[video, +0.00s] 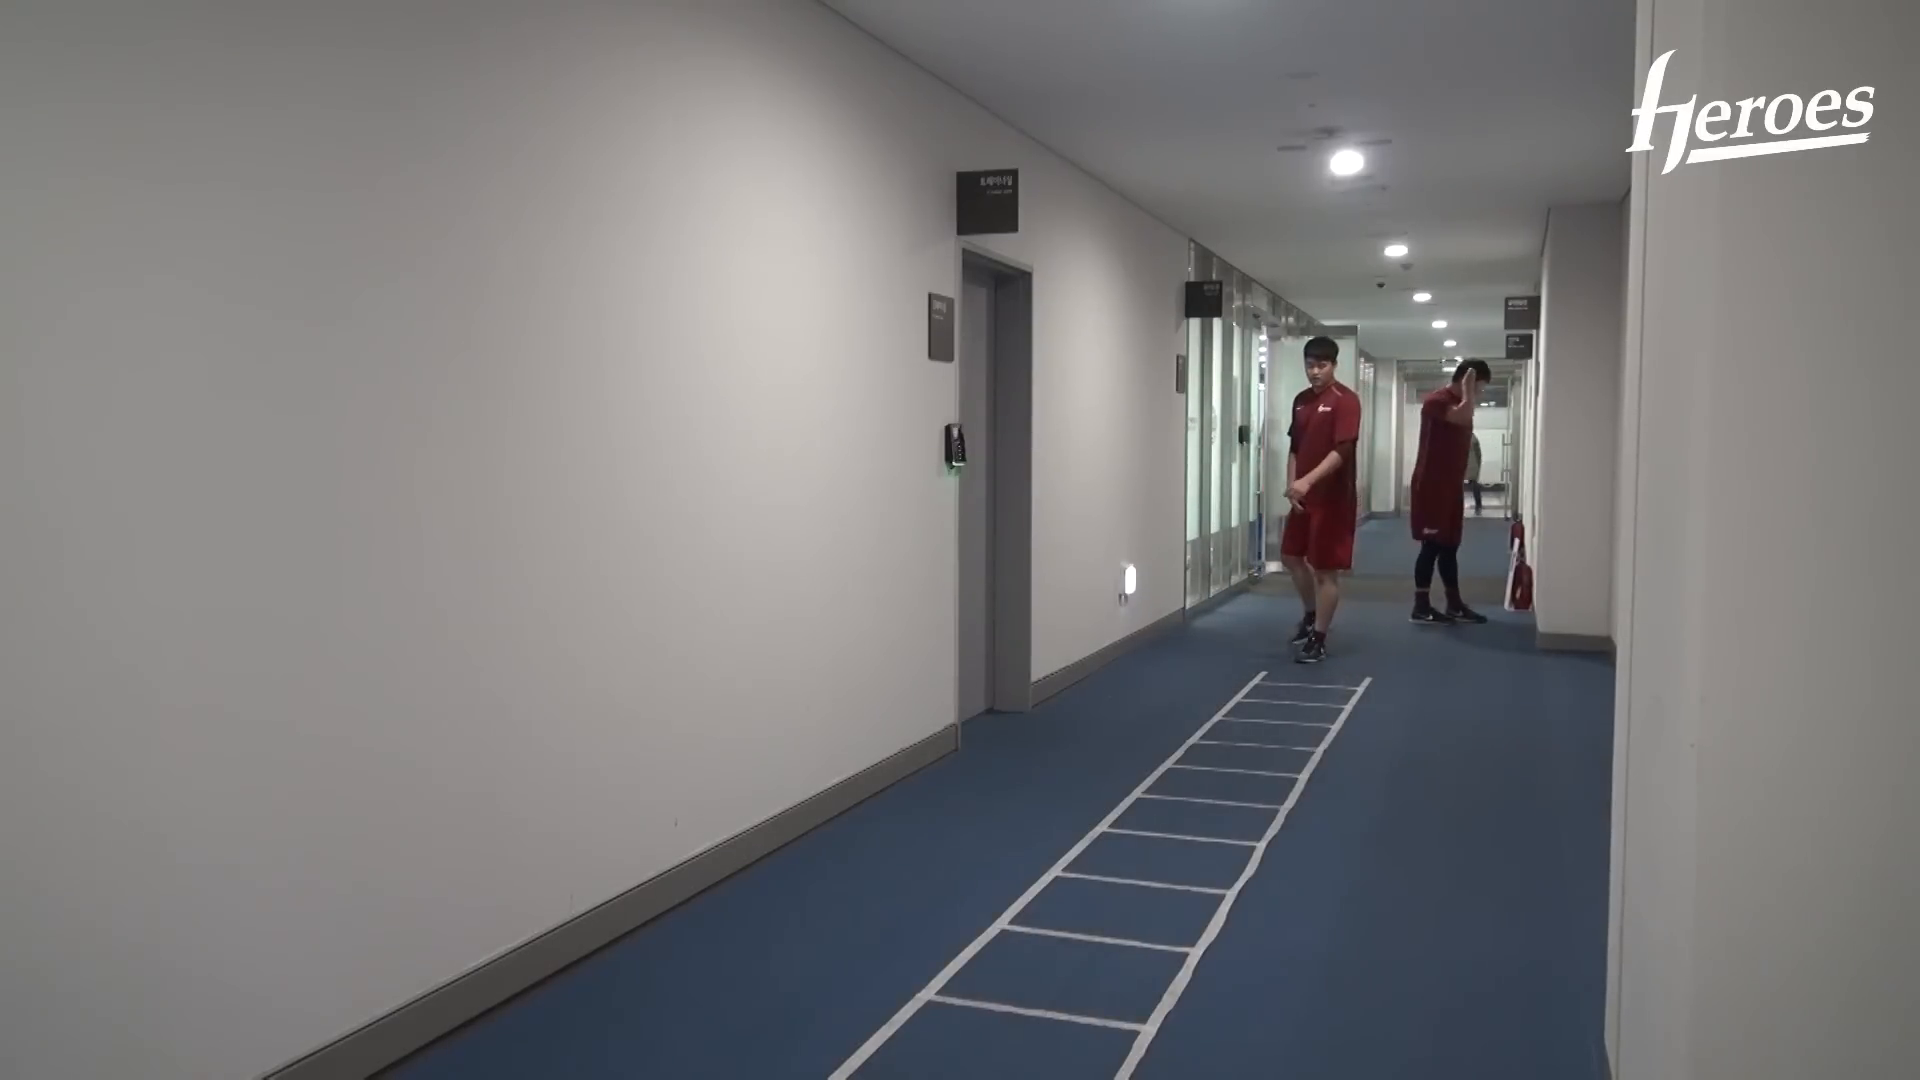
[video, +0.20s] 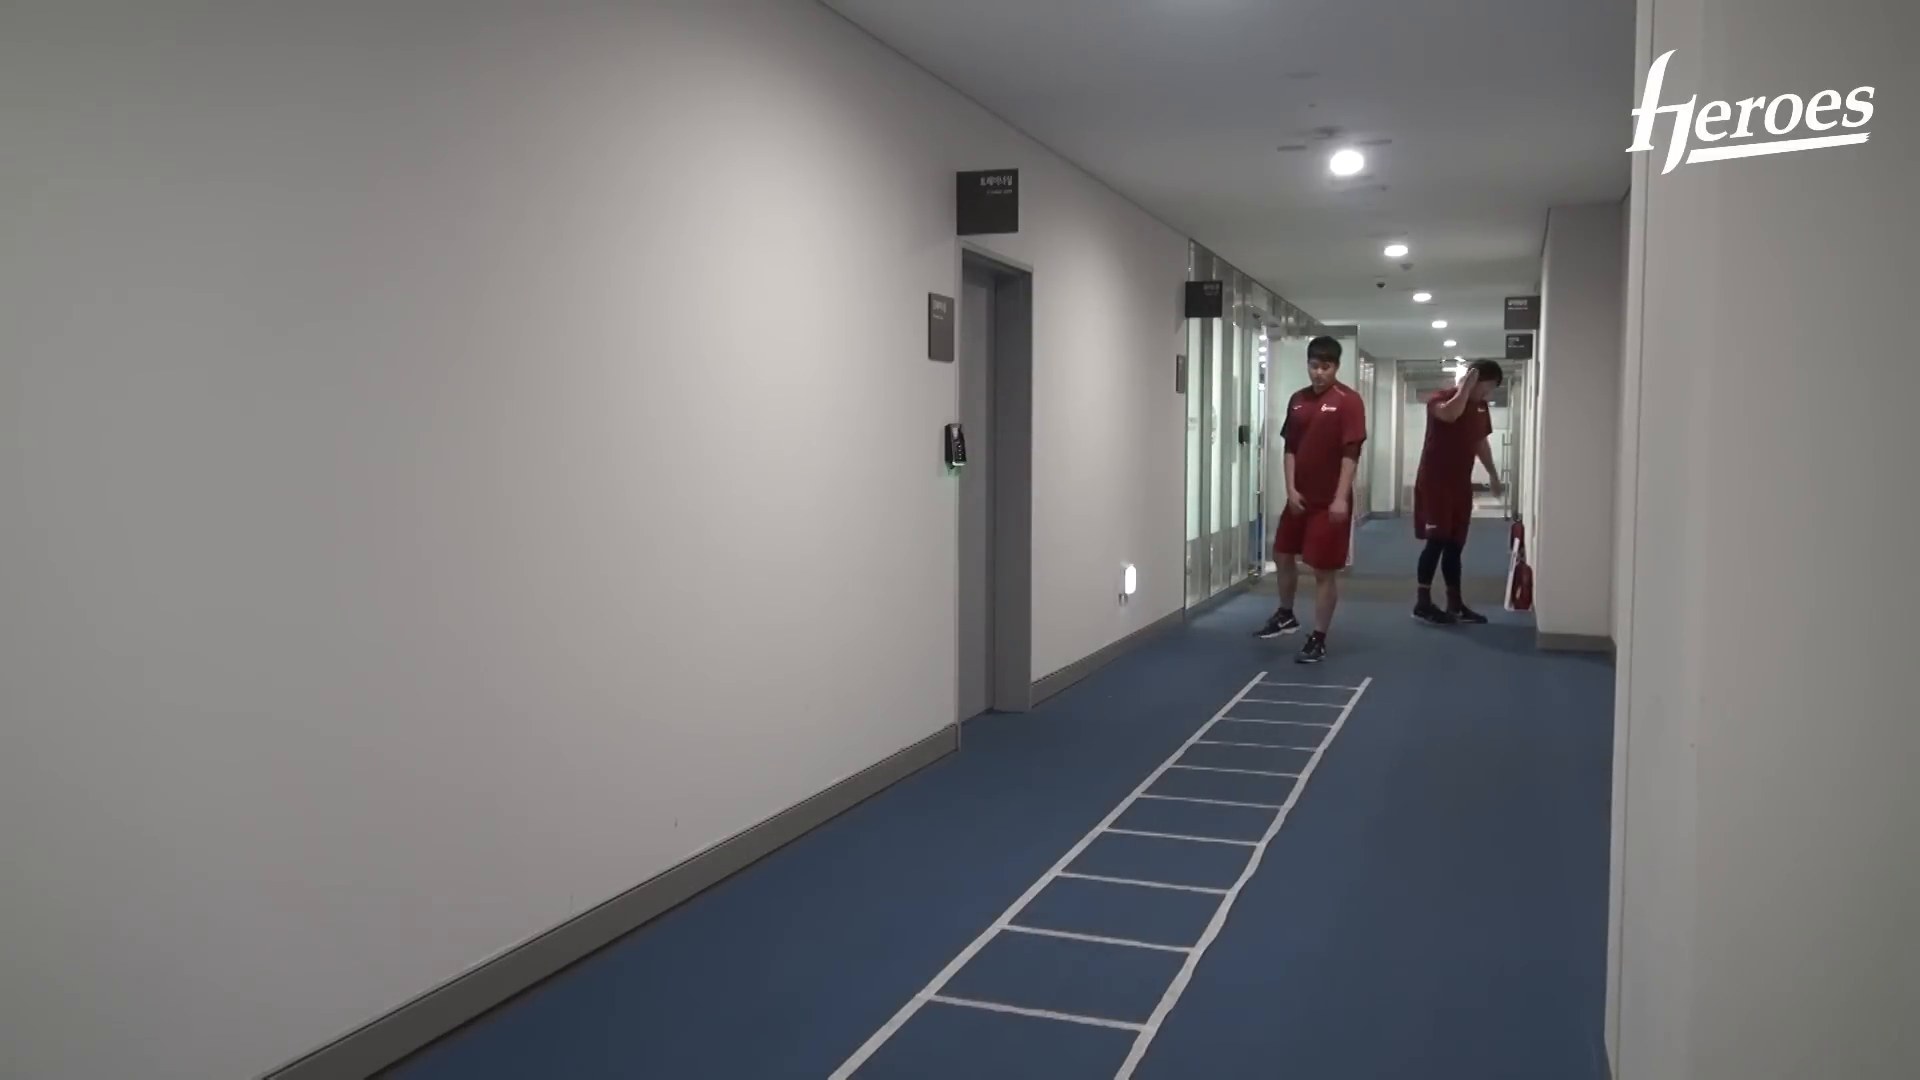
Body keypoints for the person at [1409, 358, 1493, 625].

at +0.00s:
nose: (1481, 393)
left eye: (1482, 388)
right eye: (1480, 386)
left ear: (1465, 379)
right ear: (1467, 379)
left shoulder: (1459, 405)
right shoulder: (1436, 402)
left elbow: (1454, 450)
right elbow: (1462, 417)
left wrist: (1458, 480)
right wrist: (1466, 390)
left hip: (1450, 487)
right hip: (1432, 487)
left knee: (1449, 547)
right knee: (1431, 545)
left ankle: (1454, 604)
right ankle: (1421, 605)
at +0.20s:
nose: (1490, 393)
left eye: (1493, 388)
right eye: (1489, 386)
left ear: (1487, 386)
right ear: (1475, 380)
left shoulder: (1480, 409)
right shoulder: (1439, 400)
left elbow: (1481, 443)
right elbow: (1449, 415)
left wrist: (1493, 475)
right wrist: (1465, 388)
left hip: (1460, 485)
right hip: (1434, 483)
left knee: (1455, 544)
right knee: (1436, 540)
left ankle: (1455, 604)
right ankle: (1423, 603)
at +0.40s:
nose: (1485, 392)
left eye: (1490, 388)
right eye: (1484, 386)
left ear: (1490, 387)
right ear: (1471, 378)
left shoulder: (1485, 407)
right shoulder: (1440, 399)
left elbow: (1492, 444)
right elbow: (1437, 415)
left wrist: (1508, 472)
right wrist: (1457, 387)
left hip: (1467, 485)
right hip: (1437, 483)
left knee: (1458, 545)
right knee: (1436, 540)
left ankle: (1455, 605)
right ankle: (1426, 605)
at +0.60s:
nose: (1478, 391)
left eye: (1482, 387)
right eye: (1475, 385)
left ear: (1484, 386)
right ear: (1462, 378)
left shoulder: (1483, 407)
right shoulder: (1435, 400)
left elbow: (1491, 445)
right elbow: (1425, 415)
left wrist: (1505, 476)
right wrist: (1446, 385)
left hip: (1468, 487)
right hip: (1437, 486)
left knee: (1461, 547)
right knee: (1436, 545)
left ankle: (1456, 605)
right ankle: (1430, 607)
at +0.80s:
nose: (1463, 389)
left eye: (1468, 384)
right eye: (1460, 382)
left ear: (1472, 383)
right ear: (1448, 377)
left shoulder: (1475, 405)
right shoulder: (1426, 402)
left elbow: (1484, 443)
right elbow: (1412, 415)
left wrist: (1494, 477)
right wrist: (1431, 385)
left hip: (1464, 487)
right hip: (1431, 487)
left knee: (1464, 547)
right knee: (1431, 545)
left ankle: (1456, 604)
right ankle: (1428, 607)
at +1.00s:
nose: (1453, 387)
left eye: (1458, 383)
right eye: (1450, 381)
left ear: (1461, 381)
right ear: (1437, 375)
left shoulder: (1466, 404)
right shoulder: (1416, 400)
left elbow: (1476, 442)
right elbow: (1400, 413)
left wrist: (1487, 475)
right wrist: (1419, 384)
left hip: (1459, 486)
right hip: (1425, 487)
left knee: (1474, 543)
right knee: (1426, 546)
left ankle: (1461, 595)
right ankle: (1427, 607)